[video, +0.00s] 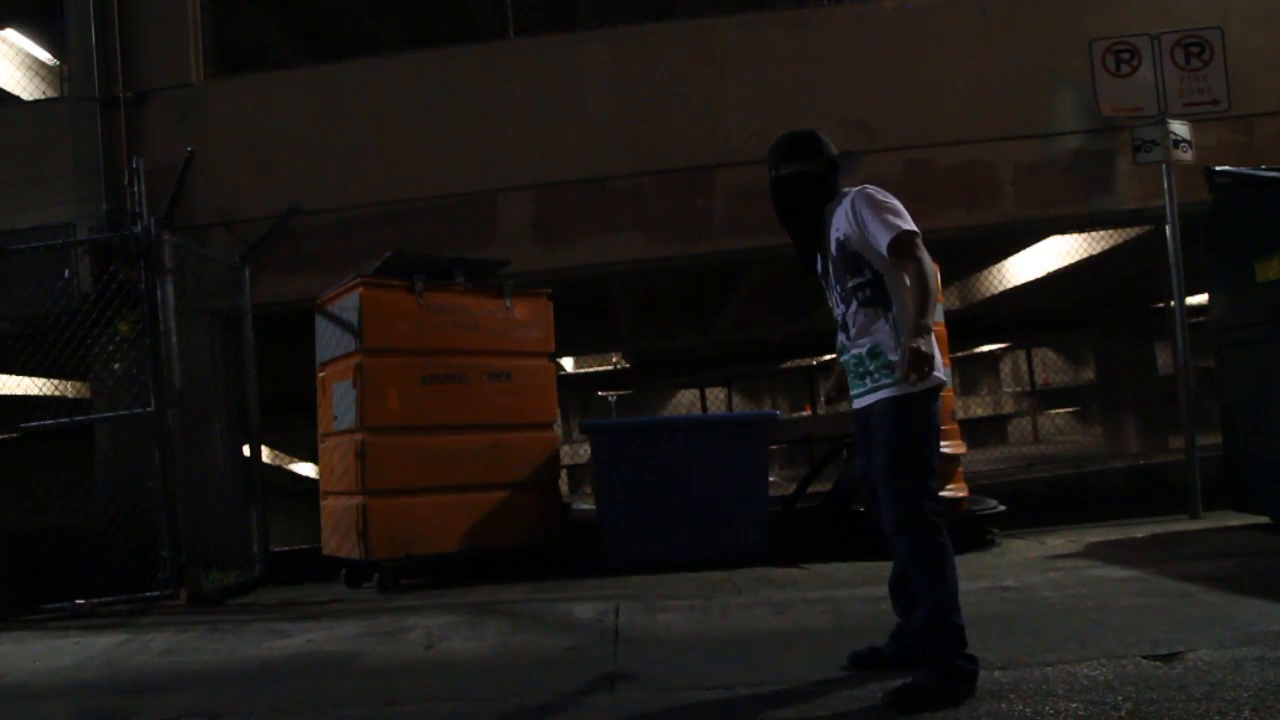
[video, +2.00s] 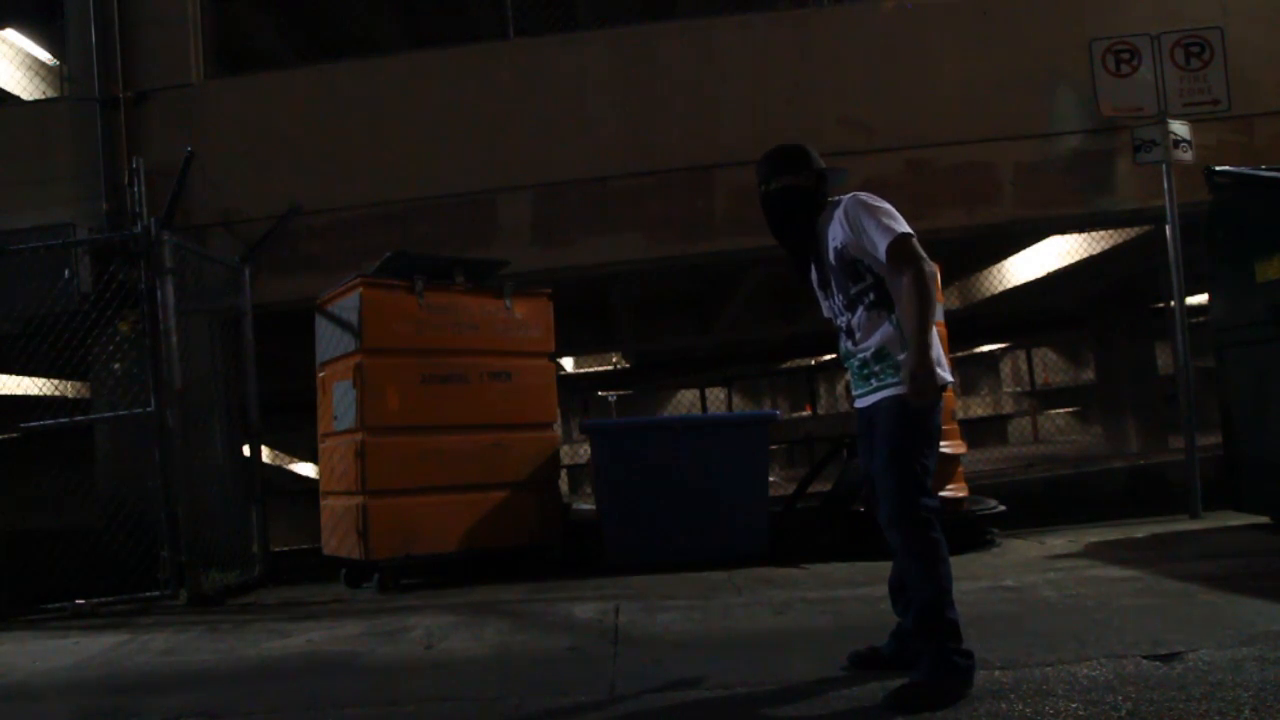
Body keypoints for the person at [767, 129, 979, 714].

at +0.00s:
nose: (782, 193)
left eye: (790, 178)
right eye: (778, 182)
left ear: (817, 171)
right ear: (790, 182)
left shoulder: (861, 203)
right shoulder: (828, 233)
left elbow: (918, 267)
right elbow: (865, 310)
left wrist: (916, 336)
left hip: (904, 392)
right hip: (875, 398)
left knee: (916, 522)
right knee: (897, 522)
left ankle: (948, 661)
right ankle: (914, 638)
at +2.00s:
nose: (770, 209)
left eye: (776, 194)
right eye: (766, 197)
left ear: (806, 185)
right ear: (783, 196)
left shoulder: (855, 210)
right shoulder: (821, 257)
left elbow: (918, 271)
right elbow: (858, 330)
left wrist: (920, 363)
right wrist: (865, 394)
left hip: (906, 393)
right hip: (875, 402)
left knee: (912, 518)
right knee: (896, 519)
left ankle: (945, 660)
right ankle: (914, 639)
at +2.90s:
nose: (781, 202)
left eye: (788, 188)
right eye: (775, 192)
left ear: (816, 179)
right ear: (786, 192)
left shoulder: (863, 210)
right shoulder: (826, 244)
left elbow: (921, 275)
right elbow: (858, 327)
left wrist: (920, 370)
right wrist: (862, 395)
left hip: (908, 393)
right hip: (876, 400)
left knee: (911, 519)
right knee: (896, 519)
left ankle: (945, 660)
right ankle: (913, 639)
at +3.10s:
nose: (784, 202)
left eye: (791, 187)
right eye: (778, 192)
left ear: (818, 180)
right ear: (783, 195)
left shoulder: (865, 210)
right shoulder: (828, 249)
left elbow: (923, 277)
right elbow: (858, 333)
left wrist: (920, 371)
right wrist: (860, 398)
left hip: (910, 393)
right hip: (878, 401)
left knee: (912, 519)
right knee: (896, 519)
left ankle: (945, 660)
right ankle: (913, 638)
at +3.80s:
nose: (779, 208)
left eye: (786, 193)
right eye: (775, 197)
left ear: (812, 185)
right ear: (786, 196)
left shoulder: (861, 213)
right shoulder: (824, 257)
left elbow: (919, 276)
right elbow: (854, 340)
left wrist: (917, 371)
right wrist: (857, 408)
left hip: (909, 395)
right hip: (876, 404)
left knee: (912, 521)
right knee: (894, 521)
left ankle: (945, 661)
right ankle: (912, 638)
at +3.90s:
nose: (777, 207)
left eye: (784, 193)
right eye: (773, 196)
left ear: (811, 185)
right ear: (787, 195)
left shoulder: (860, 213)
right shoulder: (823, 259)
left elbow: (920, 277)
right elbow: (855, 339)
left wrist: (916, 374)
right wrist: (858, 407)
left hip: (909, 396)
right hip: (876, 404)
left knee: (912, 521)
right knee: (894, 521)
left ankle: (945, 661)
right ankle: (913, 638)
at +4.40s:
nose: (753, 214)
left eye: (759, 200)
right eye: (748, 203)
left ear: (788, 191)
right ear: (760, 205)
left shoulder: (839, 218)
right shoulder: (802, 265)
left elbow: (900, 281)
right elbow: (839, 343)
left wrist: (900, 377)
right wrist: (842, 403)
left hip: (900, 393)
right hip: (867, 404)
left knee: (906, 520)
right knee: (889, 521)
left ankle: (945, 661)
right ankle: (910, 640)